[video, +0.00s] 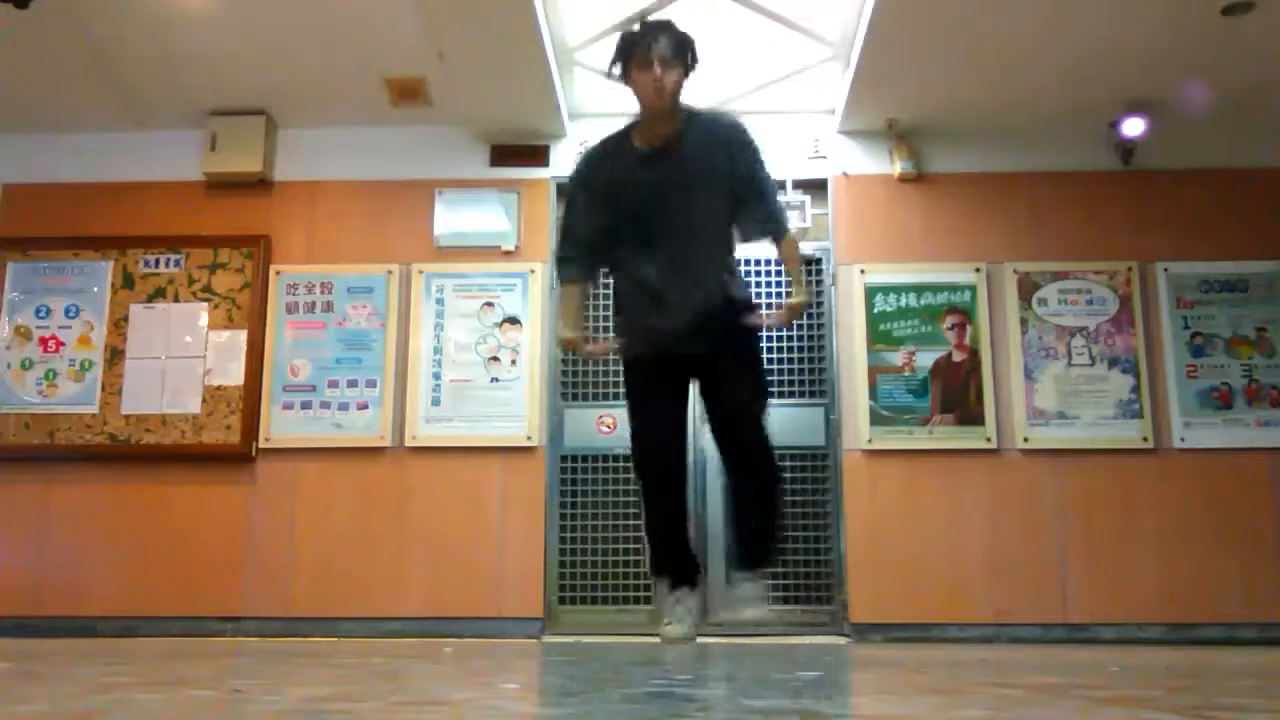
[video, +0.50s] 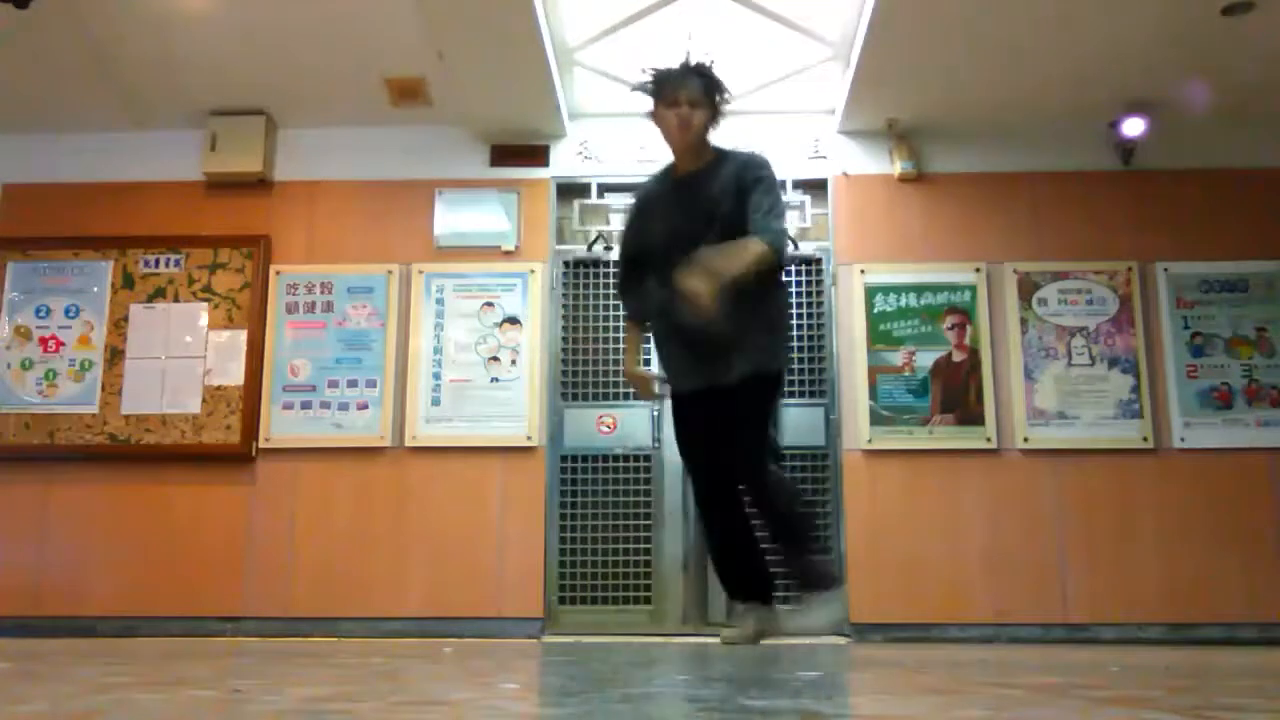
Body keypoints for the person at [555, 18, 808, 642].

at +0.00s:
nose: (660, 76)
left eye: (669, 64)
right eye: (647, 65)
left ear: (686, 73)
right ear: (626, 76)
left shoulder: (723, 138)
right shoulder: (601, 165)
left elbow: (769, 213)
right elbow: (577, 255)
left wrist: (798, 287)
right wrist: (570, 327)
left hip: (724, 321)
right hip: (647, 333)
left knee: (745, 442)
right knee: (658, 462)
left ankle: (749, 576)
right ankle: (677, 590)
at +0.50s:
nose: (679, 116)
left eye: (690, 105)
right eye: (668, 106)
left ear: (712, 113)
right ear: (656, 116)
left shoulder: (746, 171)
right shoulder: (652, 199)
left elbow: (769, 239)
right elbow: (634, 283)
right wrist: (631, 358)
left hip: (753, 355)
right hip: (689, 366)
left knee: (749, 466)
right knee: (711, 486)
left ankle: (818, 586)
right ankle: (752, 602)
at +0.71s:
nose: (713, 149)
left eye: (725, 138)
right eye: (703, 139)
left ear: (746, 147)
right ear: (692, 149)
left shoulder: (773, 201)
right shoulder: (675, 227)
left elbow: (793, 252)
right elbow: (656, 308)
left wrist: (732, 265)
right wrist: (697, 300)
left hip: (776, 373)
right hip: (713, 380)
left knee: (786, 487)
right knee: (722, 501)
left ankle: (860, 518)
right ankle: (761, 614)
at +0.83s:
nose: (743, 112)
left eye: (755, 101)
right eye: (734, 100)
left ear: (773, 109)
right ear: (718, 106)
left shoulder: (806, 173)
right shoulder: (692, 181)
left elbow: (851, 248)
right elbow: (676, 245)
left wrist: (860, 314)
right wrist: (719, 214)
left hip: (792, 345)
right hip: (720, 348)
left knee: (794, 463)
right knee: (715, 472)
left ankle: (817, 568)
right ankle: (740, 594)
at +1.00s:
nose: (778, 116)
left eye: (791, 107)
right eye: (769, 105)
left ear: (811, 116)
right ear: (757, 111)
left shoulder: (835, 184)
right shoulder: (733, 175)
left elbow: (882, 237)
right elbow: (741, 212)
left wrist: (919, 269)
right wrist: (806, 169)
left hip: (804, 363)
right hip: (729, 359)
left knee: (817, 486)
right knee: (676, 466)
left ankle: (842, 612)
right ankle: (646, 601)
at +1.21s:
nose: (810, 116)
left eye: (823, 108)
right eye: (801, 104)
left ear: (841, 122)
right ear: (783, 111)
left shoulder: (852, 193)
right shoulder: (747, 174)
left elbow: (881, 268)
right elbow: (751, 232)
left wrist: (921, 324)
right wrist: (817, 257)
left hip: (805, 365)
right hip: (730, 355)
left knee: (822, 486)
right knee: (689, 449)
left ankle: (835, 609)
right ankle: (656, 566)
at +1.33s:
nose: (821, 105)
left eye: (835, 98)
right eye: (812, 91)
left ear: (849, 110)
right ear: (792, 92)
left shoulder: (850, 181)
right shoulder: (746, 152)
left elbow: (862, 267)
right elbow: (706, 219)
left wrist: (876, 328)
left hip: (796, 332)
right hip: (727, 323)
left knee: (804, 462)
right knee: (750, 443)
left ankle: (744, 577)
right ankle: (767, 586)